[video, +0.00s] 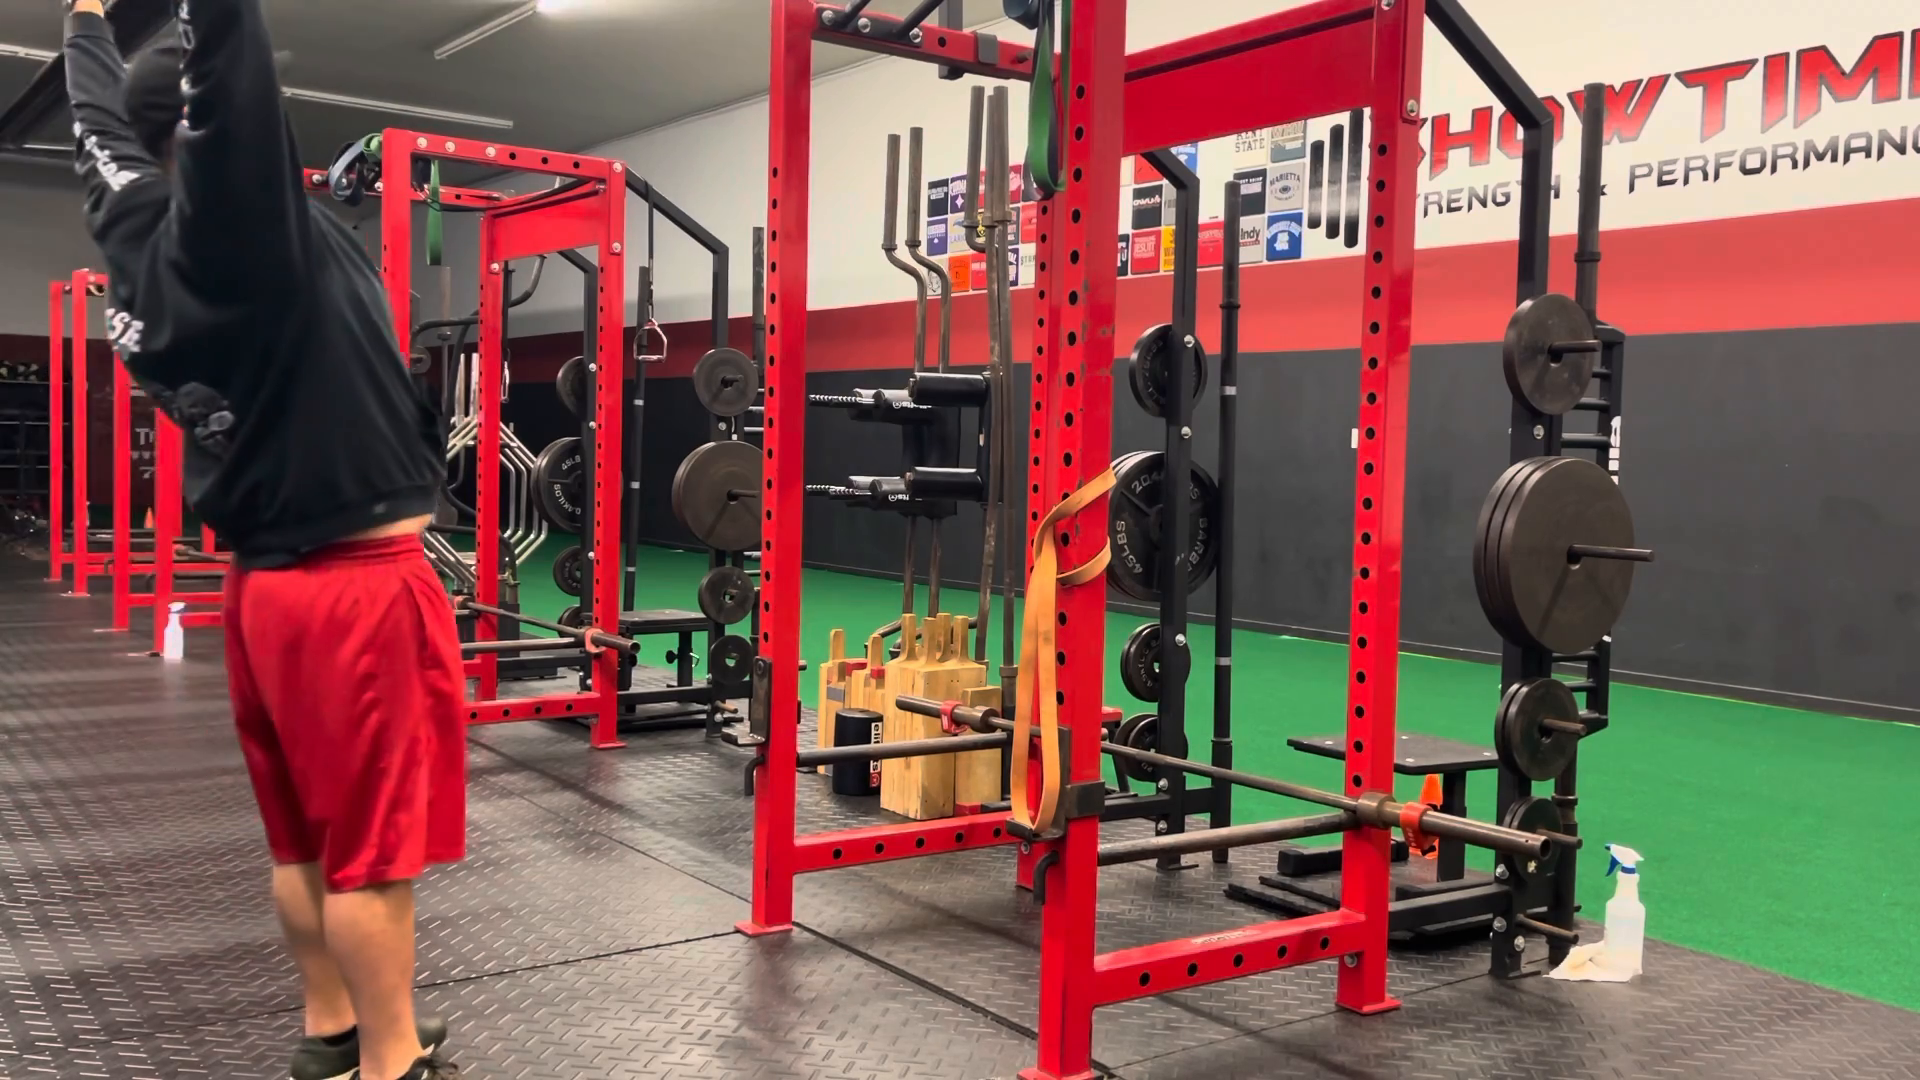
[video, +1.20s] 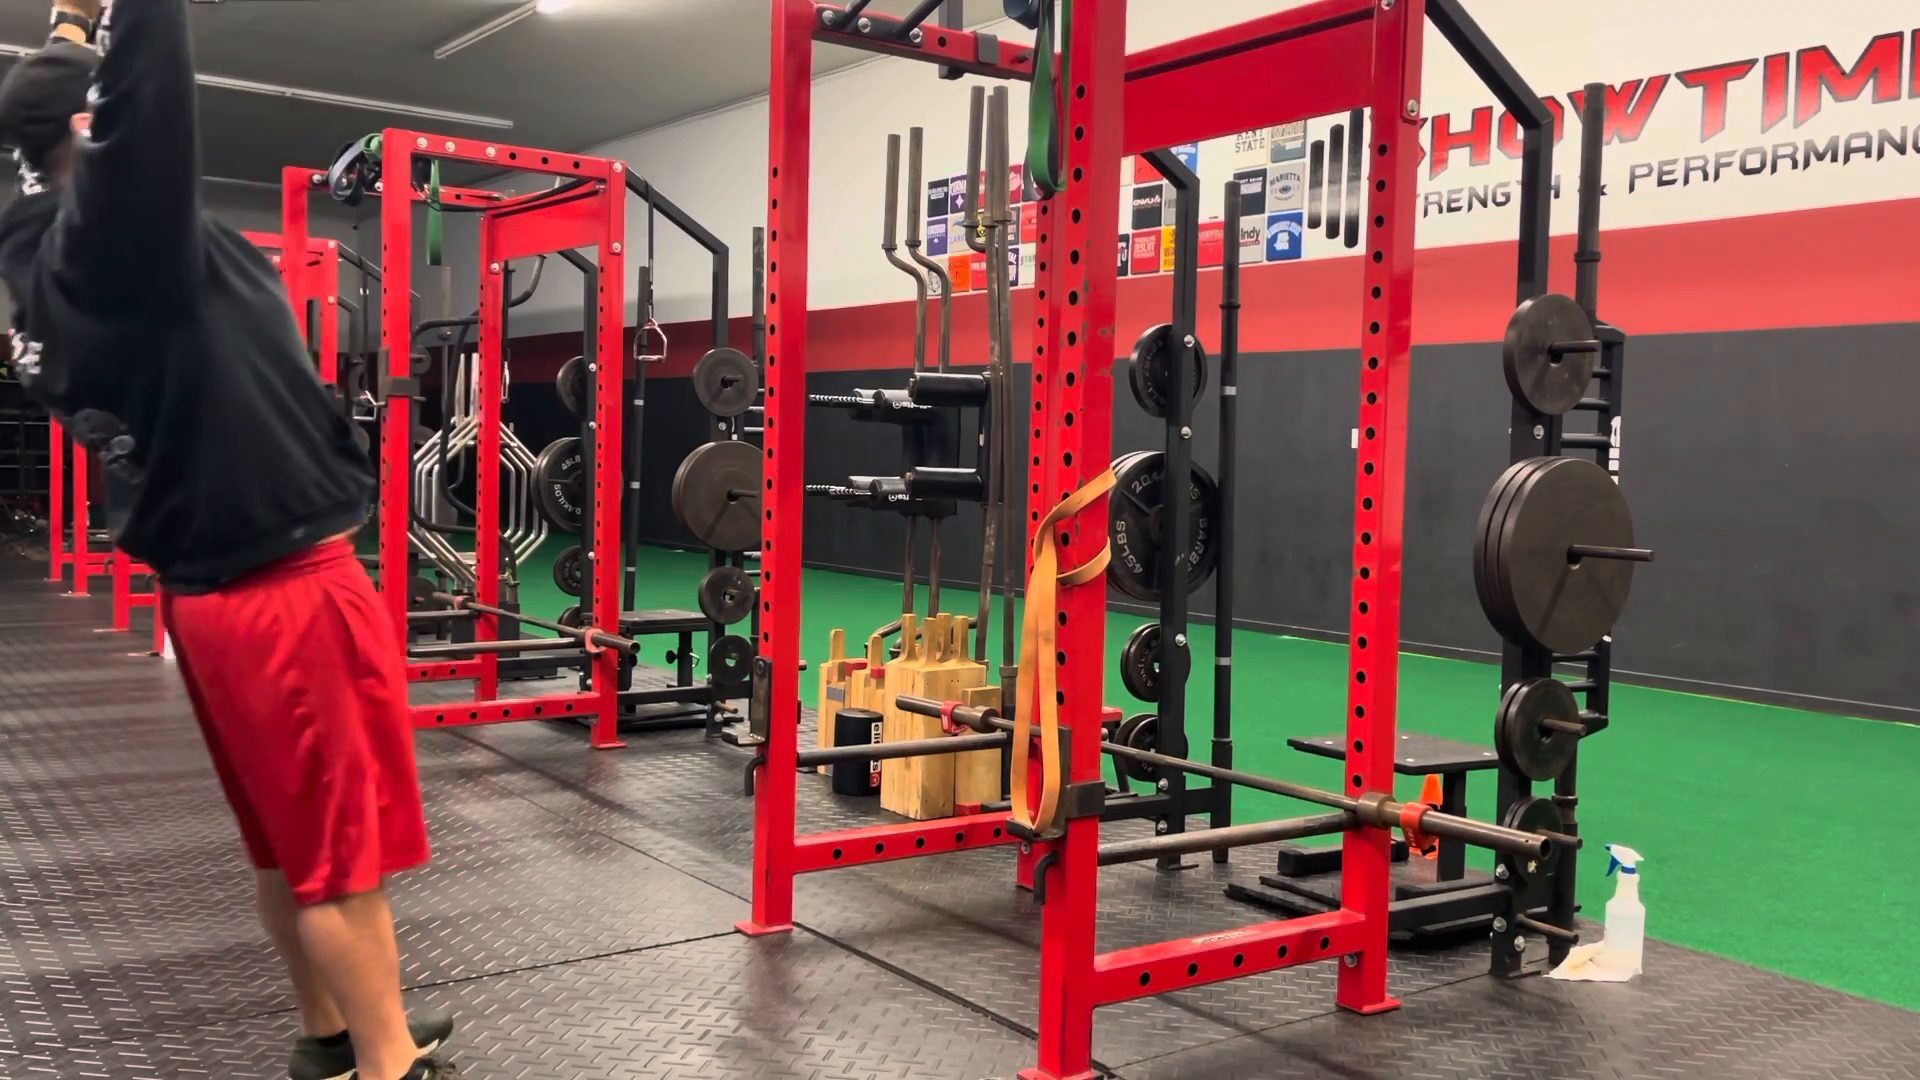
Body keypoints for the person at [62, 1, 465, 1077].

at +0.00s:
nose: (248, 122)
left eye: (221, 99)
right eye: (226, 99)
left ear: (149, 137)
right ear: (216, 119)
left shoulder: (146, 239)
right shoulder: (244, 220)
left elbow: (105, 130)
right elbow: (230, 62)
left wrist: (83, 18)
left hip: (263, 591)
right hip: (355, 591)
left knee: (300, 836)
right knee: (371, 855)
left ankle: (331, 1027)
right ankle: (392, 1056)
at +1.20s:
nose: (135, 125)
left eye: (123, 104)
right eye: (115, 111)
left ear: (36, 154)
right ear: (84, 131)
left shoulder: (59, 268)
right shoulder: (119, 239)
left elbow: (54, 170)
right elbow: (147, 89)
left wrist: (85, 44)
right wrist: (124, 7)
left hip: (216, 602)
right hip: (284, 595)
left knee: (290, 849)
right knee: (344, 863)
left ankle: (329, 1033)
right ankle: (392, 1060)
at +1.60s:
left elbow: (19, 175)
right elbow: (37, 156)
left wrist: (93, 142)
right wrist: (153, 36)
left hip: (95, 607)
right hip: (133, 607)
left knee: (239, 846)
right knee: (266, 864)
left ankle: (335, 1027)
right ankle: (371, 1063)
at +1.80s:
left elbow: (22, 296)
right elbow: (23, 293)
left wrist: (143, 248)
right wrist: (199, 193)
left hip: (58, 633)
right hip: (61, 634)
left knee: (202, 853)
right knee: (220, 884)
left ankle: (323, 1032)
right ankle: (361, 1065)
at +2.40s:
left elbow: (23, 272)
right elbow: (23, 281)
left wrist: (112, 187)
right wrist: (160, 110)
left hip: (79, 594)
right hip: (87, 604)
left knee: (229, 826)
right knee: (250, 856)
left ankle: (331, 1025)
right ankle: (370, 1065)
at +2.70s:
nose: (36, 143)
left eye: (35, 124)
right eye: (21, 123)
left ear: (36, 154)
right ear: (14, 163)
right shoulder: (35, 286)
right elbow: (74, 104)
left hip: (196, 616)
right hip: (223, 613)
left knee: (274, 858)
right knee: (316, 867)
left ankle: (330, 1033)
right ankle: (381, 1061)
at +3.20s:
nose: (201, 130)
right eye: (184, 113)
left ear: (88, 146)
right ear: (161, 125)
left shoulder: (103, 280)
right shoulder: (187, 238)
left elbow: (67, 170)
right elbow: (180, 81)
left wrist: (64, 48)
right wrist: (136, 2)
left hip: (238, 603)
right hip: (322, 596)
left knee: (292, 843)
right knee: (356, 858)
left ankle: (331, 1023)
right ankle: (389, 1060)